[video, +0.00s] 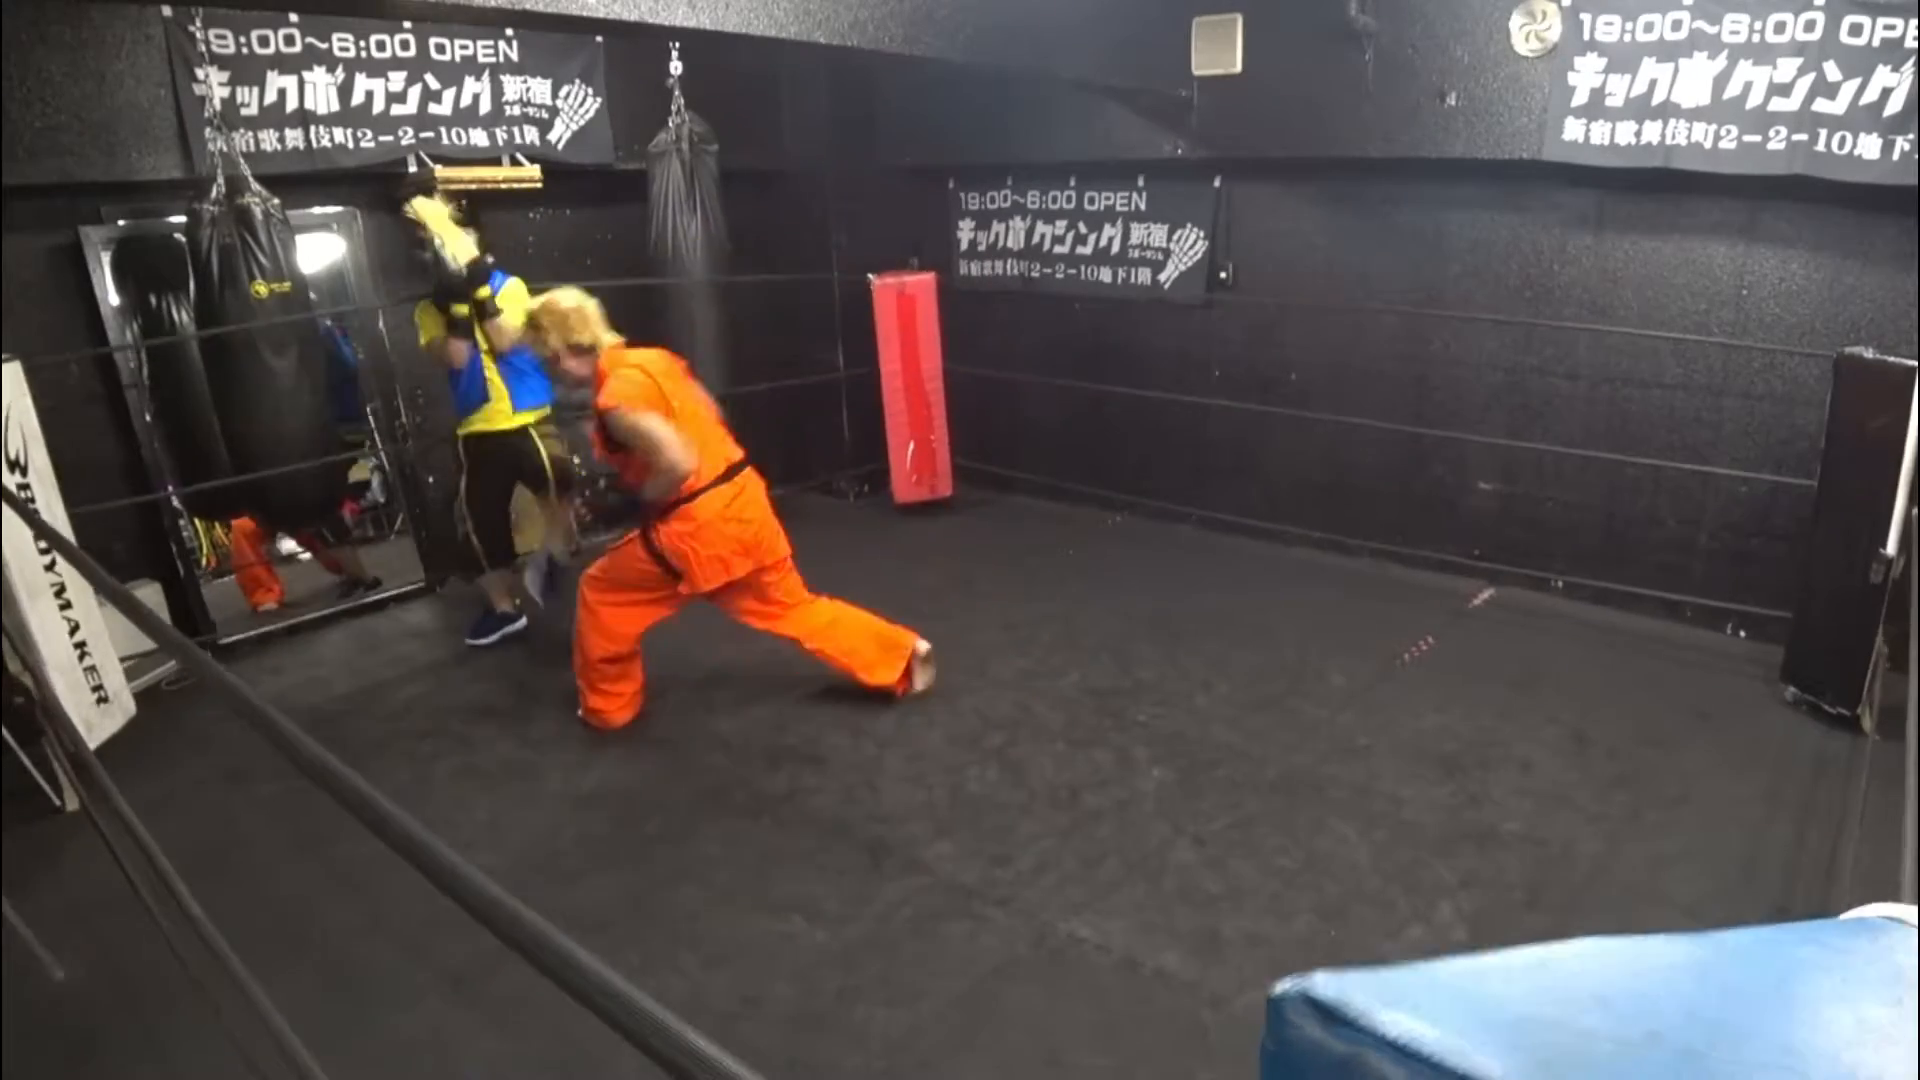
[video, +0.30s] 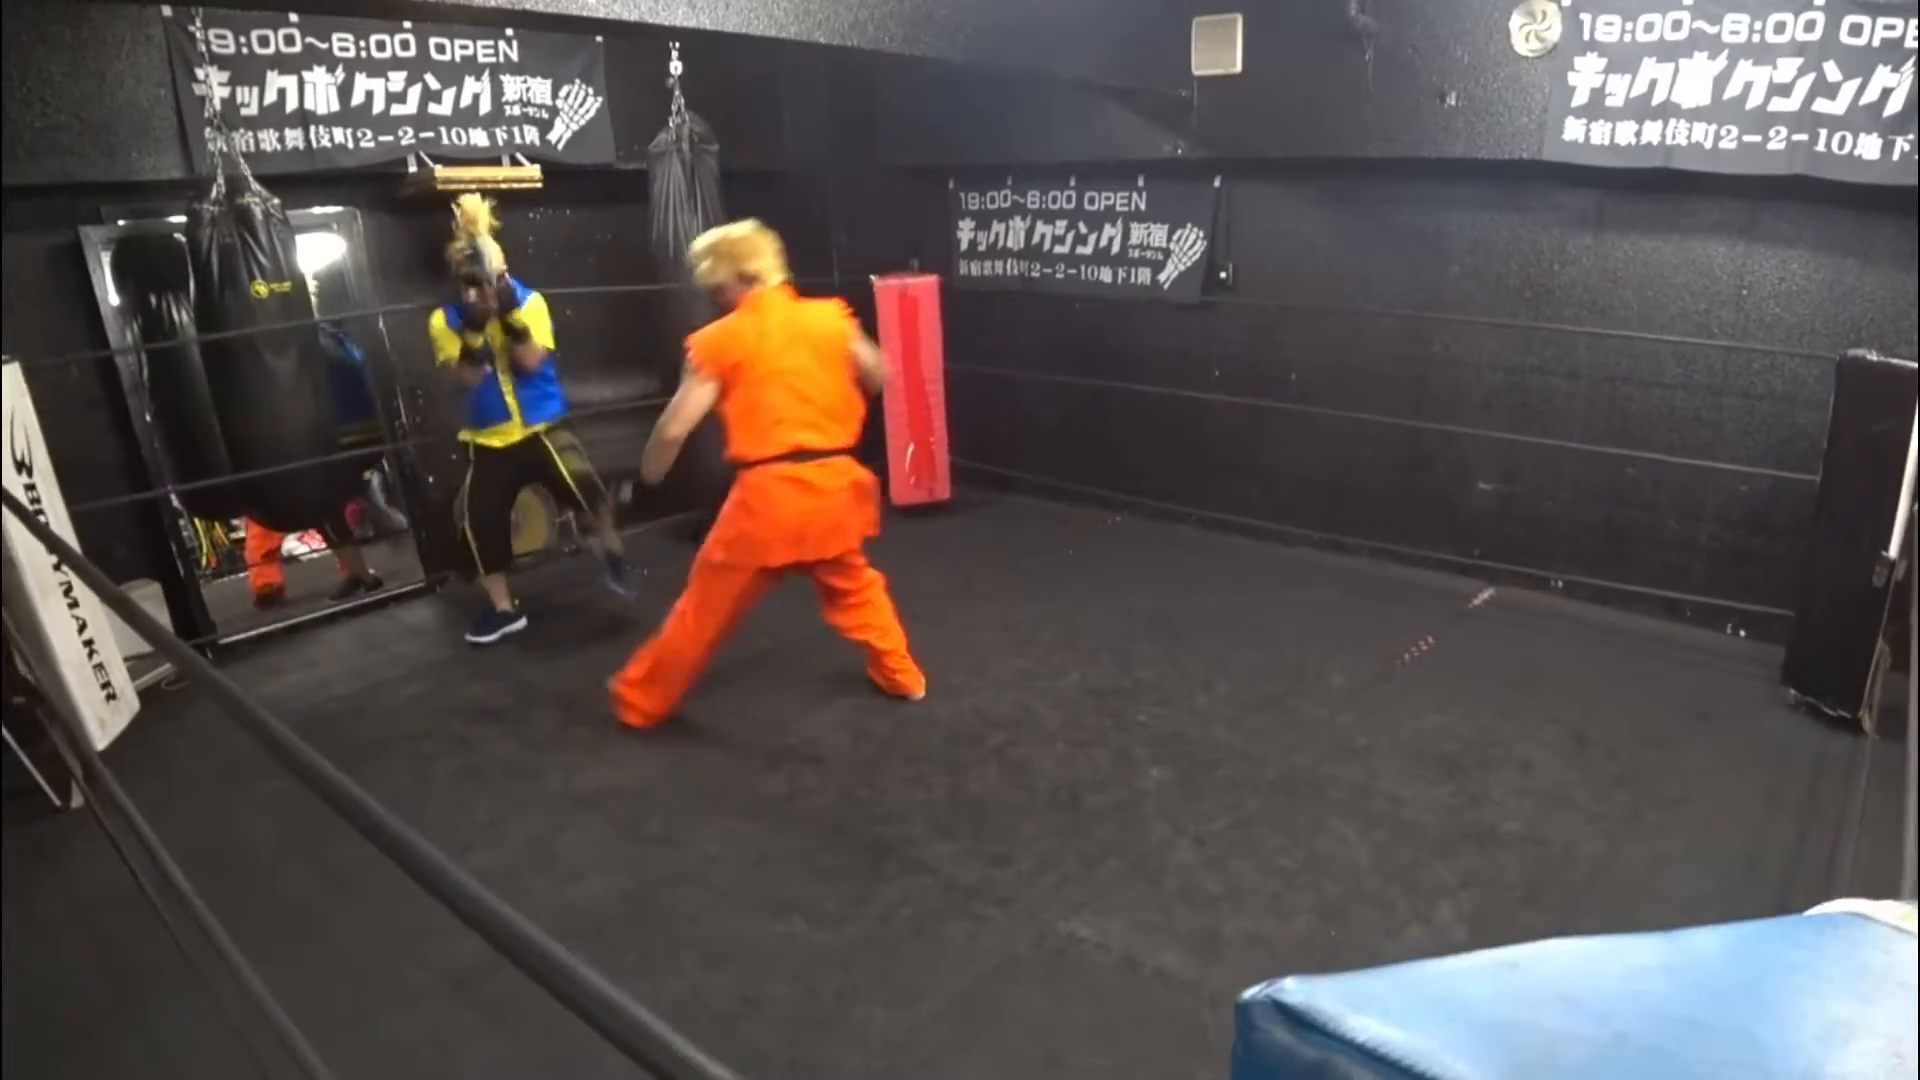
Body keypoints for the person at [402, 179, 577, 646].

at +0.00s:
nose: (438, 254)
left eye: (445, 241)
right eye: (430, 246)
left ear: (467, 242)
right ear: (425, 255)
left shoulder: (508, 287)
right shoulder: (430, 308)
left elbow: (504, 341)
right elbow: (454, 359)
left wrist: (482, 297)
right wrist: (454, 310)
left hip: (529, 421)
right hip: (479, 430)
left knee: (558, 486)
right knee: (484, 519)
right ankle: (504, 606)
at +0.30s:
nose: (479, 291)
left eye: (485, 280)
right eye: (469, 283)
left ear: (500, 275)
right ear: (456, 284)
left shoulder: (527, 301)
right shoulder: (445, 322)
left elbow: (532, 362)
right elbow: (466, 378)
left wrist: (508, 313)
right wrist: (476, 326)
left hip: (544, 429)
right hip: (489, 441)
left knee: (585, 486)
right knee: (477, 523)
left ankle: (613, 551)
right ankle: (503, 607)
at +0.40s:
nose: (485, 299)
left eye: (491, 289)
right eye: (476, 292)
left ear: (506, 283)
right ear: (465, 291)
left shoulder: (540, 321)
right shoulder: (455, 336)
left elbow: (568, 381)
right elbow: (457, 399)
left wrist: (538, 353)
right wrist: (466, 364)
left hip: (560, 443)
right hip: (504, 452)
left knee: (600, 524)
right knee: (486, 531)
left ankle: (649, 587)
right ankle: (505, 609)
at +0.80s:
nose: (523, 300)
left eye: (530, 290)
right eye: (513, 292)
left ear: (543, 286)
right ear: (495, 293)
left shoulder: (570, 325)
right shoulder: (479, 340)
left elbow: (598, 382)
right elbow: (507, 383)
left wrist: (595, 349)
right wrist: (532, 346)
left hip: (586, 459)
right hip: (525, 469)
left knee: (625, 535)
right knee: (503, 554)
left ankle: (654, 606)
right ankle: (502, 608)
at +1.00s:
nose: (545, 269)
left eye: (551, 257)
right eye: (534, 260)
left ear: (560, 253)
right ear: (511, 261)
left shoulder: (585, 291)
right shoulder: (491, 301)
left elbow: (619, 358)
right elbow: (511, 358)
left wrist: (603, 310)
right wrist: (545, 322)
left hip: (604, 430)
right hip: (549, 437)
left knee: (624, 529)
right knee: (537, 528)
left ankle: (679, 589)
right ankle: (578, 612)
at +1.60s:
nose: (533, 316)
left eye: (541, 304)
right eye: (523, 306)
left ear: (563, 303)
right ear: (512, 307)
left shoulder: (597, 342)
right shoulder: (501, 355)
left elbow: (645, 402)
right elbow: (505, 418)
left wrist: (618, 370)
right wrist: (531, 379)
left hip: (618, 483)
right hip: (554, 492)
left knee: (658, 562)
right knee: (523, 577)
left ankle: (716, 638)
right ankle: (522, 641)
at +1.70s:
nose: (572, 322)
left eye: (577, 311)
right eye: (558, 313)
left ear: (587, 313)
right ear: (531, 318)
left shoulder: (607, 357)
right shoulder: (511, 369)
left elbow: (663, 422)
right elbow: (529, 433)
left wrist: (653, 398)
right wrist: (573, 398)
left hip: (622, 494)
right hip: (558, 505)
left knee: (678, 563)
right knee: (525, 596)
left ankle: (690, 646)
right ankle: (520, 640)